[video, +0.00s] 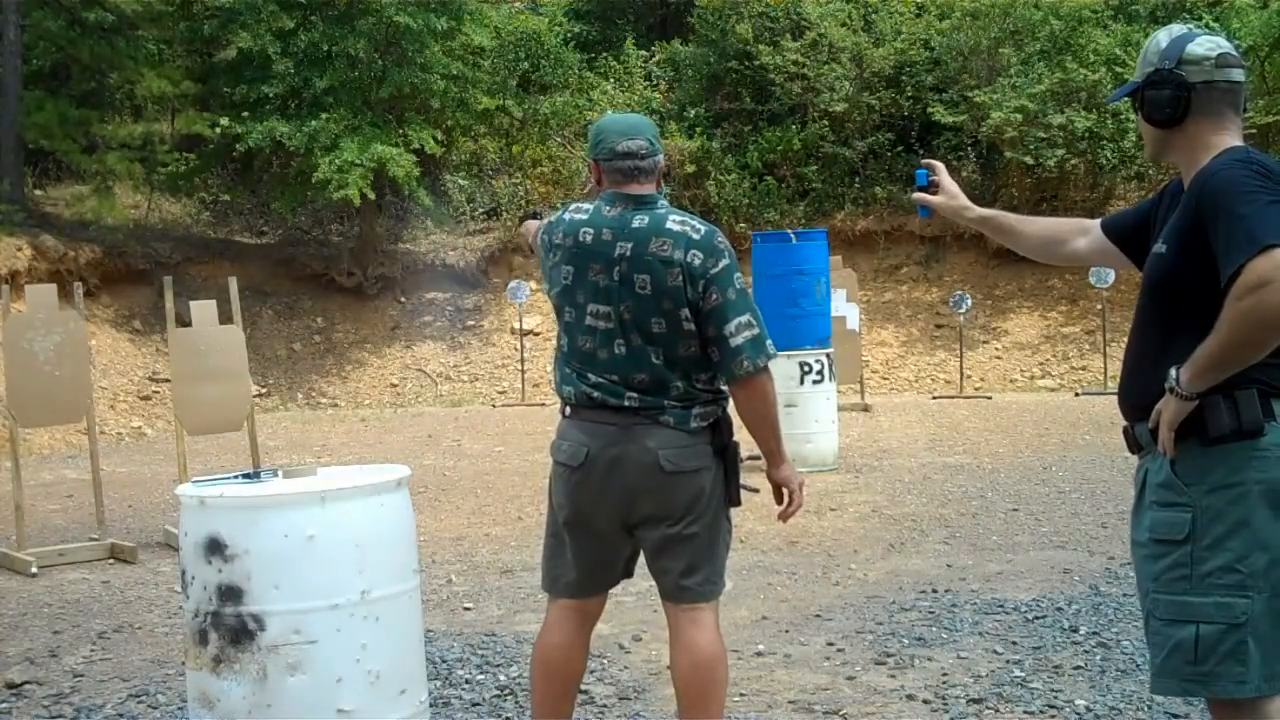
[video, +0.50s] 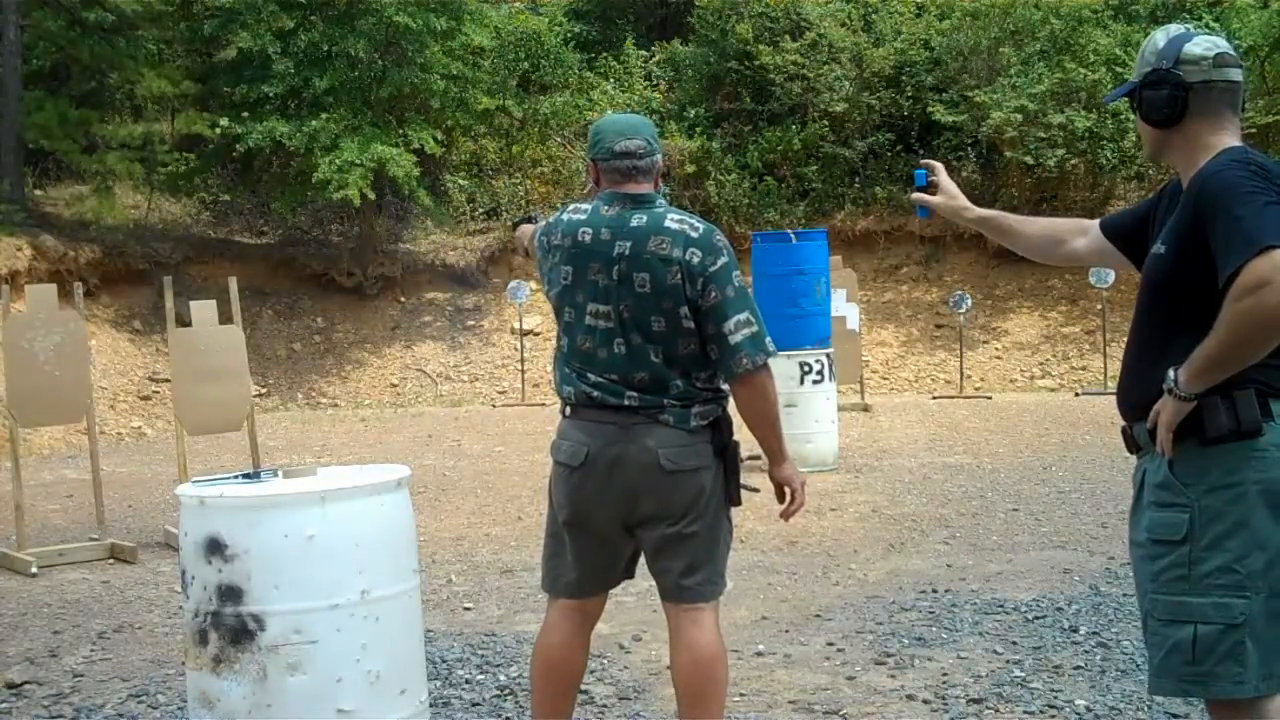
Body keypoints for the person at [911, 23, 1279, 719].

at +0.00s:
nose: (1139, 117)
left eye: (1143, 102)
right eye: (1139, 103)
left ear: (1167, 103)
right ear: (1223, 101)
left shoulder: (1234, 180)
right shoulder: (1183, 196)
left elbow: (1270, 286)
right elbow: (1081, 239)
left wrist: (1184, 385)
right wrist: (969, 214)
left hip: (1224, 463)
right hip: (1209, 459)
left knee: (1241, 694)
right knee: (1241, 687)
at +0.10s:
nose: (1138, 118)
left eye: (1142, 103)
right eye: (1139, 104)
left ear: (1166, 103)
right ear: (1222, 101)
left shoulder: (1234, 180)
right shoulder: (1184, 195)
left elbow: (1269, 286)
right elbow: (1079, 239)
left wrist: (1184, 385)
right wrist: (969, 214)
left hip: (1222, 462)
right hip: (1209, 457)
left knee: (1240, 693)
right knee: (1241, 686)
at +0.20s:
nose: (1138, 119)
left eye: (1142, 104)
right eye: (1138, 104)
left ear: (1165, 104)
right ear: (1222, 101)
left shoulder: (1233, 180)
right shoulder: (1185, 195)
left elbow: (1269, 286)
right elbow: (1079, 239)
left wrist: (1184, 385)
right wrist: (968, 213)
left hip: (1221, 462)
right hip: (1210, 456)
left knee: (1239, 692)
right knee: (1242, 685)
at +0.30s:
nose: (1138, 119)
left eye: (1141, 104)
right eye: (1138, 104)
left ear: (1164, 105)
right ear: (1223, 101)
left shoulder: (1233, 180)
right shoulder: (1185, 194)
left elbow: (1269, 287)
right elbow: (1079, 239)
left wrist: (1184, 386)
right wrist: (968, 213)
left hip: (1221, 462)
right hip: (1209, 456)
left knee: (1239, 692)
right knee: (1242, 685)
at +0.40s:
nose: (1137, 119)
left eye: (1141, 103)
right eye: (1138, 104)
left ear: (1164, 105)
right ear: (1223, 101)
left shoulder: (1233, 180)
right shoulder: (1185, 194)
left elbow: (1268, 287)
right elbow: (1079, 239)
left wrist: (1183, 386)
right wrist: (968, 213)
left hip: (1221, 462)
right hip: (1210, 456)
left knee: (1239, 692)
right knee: (1242, 685)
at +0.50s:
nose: (1137, 118)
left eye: (1141, 103)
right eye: (1137, 103)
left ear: (1163, 104)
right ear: (1223, 101)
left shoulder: (1233, 180)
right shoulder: (1185, 194)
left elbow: (1268, 287)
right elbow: (1079, 239)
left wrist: (1184, 386)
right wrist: (968, 213)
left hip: (1221, 462)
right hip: (1211, 456)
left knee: (1238, 692)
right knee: (1242, 685)